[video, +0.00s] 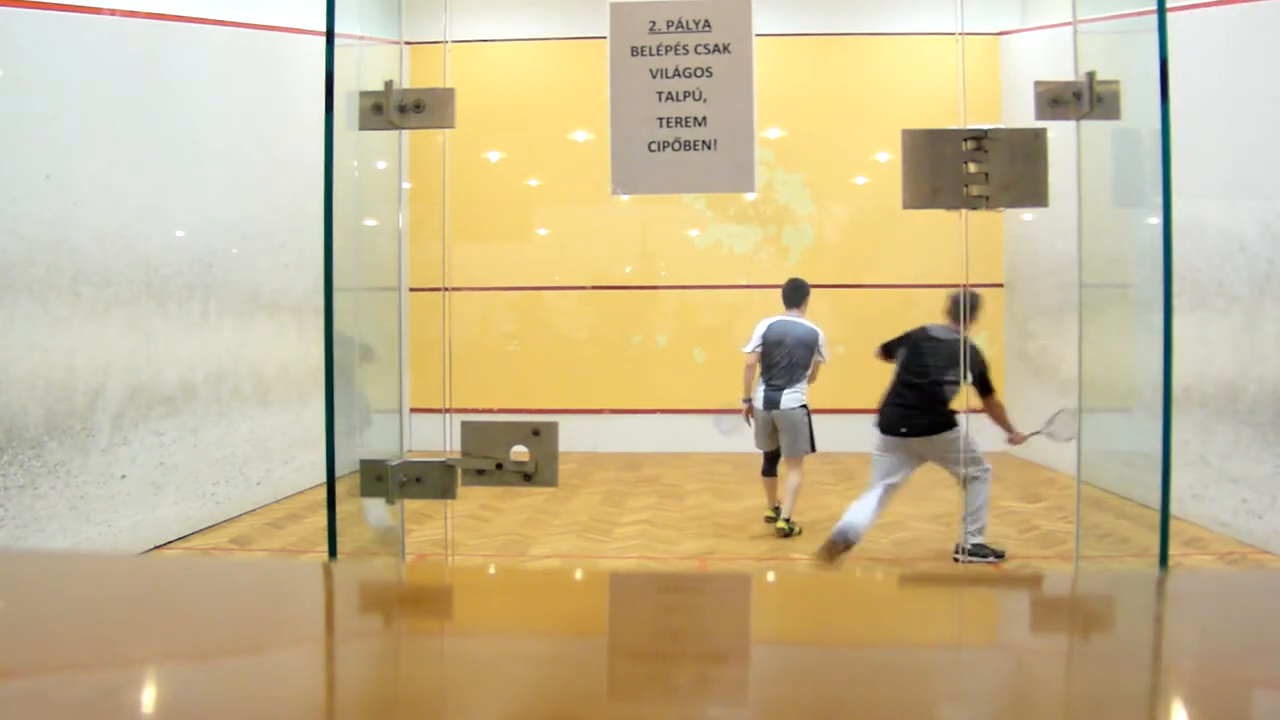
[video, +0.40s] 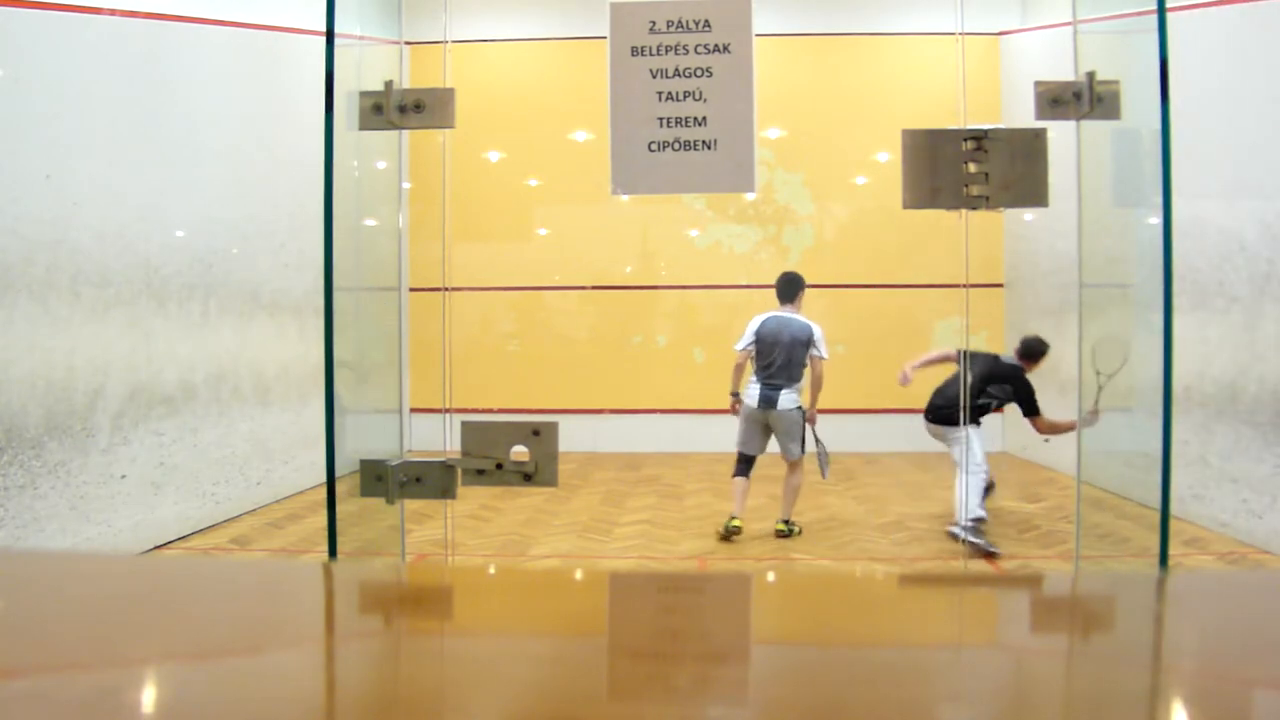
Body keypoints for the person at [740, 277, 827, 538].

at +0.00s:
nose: (807, 302)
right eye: (807, 298)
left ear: (783, 299)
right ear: (806, 301)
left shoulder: (765, 326)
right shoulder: (814, 333)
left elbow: (750, 363)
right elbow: (812, 374)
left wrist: (747, 397)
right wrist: (798, 385)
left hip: (764, 402)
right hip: (793, 404)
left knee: (770, 455)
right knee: (794, 464)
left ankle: (772, 507)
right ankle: (785, 519)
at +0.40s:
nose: (805, 296)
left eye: (801, 291)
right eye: (805, 292)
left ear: (777, 294)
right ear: (801, 294)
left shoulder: (759, 322)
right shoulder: (811, 329)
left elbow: (740, 361)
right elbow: (817, 373)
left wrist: (735, 393)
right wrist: (812, 407)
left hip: (753, 402)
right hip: (787, 405)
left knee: (744, 462)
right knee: (794, 465)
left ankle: (735, 517)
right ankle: (784, 521)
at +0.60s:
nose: (779, 291)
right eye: (781, 287)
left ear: (757, 290)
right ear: (781, 290)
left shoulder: (742, 318)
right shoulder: (796, 322)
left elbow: (729, 356)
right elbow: (804, 365)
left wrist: (720, 388)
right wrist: (801, 401)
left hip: (741, 398)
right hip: (776, 401)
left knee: (720, 456)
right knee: (782, 463)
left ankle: (719, 508)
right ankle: (787, 518)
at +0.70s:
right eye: (763, 286)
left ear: (740, 290)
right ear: (765, 289)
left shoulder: (730, 319)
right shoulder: (783, 322)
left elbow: (722, 360)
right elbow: (794, 364)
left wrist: (708, 393)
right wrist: (788, 401)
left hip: (733, 397)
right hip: (768, 400)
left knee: (706, 460)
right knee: (775, 463)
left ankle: (704, 518)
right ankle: (778, 522)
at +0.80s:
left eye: (721, 298)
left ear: (720, 302)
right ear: (744, 300)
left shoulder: (717, 333)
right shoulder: (765, 333)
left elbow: (711, 378)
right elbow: (779, 376)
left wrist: (691, 415)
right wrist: (768, 407)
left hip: (726, 415)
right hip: (760, 415)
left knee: (692, 472)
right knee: (760, 475)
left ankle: (682, 536)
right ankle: (776, 532)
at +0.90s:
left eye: (692, 298)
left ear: (692, 301)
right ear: (715, 301)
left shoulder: (691, 332)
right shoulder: (736, 334)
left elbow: (695, 376)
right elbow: (752, 378)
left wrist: (682, 420)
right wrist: (740, 404)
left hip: (710, 416)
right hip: (742, 414)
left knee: (671, 476)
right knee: (750, 476)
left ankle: (679, 544)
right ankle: (776, 533)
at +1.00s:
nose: (660, 299)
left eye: (657, 294)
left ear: (658, 297)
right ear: (683, 297)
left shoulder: (663, 327)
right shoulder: (702, 329)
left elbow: (674, 368)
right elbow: (718, 374)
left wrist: (661, 415)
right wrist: (700, 398)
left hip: (688, 415)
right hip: (717, 412)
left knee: (654, 480)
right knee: (718, 471)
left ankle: (677, 547)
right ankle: (752, 530)